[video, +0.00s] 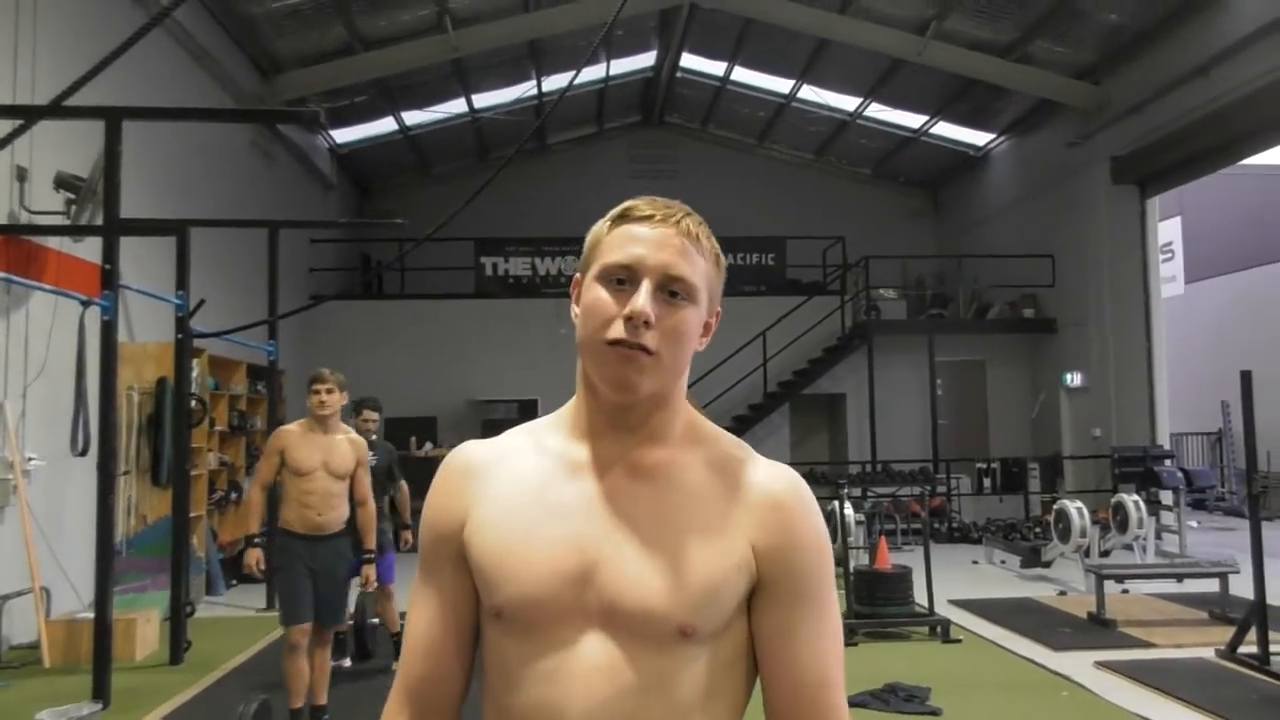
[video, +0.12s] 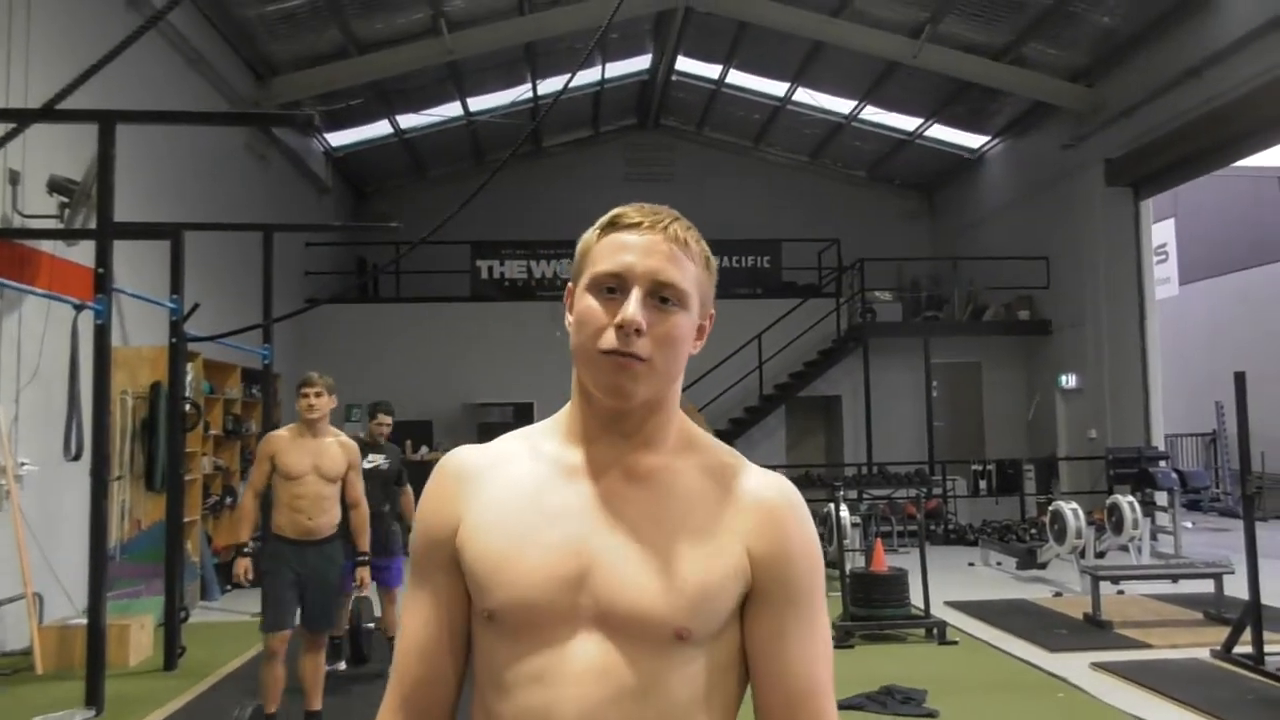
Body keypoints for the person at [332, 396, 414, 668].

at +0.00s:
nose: (370, 427)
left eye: (374, 422)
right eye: (365, 421)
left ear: (380, 423)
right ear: (353, 422)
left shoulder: (386, 451)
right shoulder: (342, 449)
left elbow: (400, 487)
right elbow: (332, 489)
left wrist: (406, 524)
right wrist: (335, 522)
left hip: (380, 526)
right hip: (348, 525)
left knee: (386, 587)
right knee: (341, 588)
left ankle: (397, 643)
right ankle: (342, 644)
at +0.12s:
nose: (384, 430)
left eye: (388, 425)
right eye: (379, 424)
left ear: (392, 427)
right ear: (368, 424)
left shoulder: (394, 454)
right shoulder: (350, 450)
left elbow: (404, 492)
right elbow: (337, 490)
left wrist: (414, 526)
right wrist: (336, 525)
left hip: (387, 531)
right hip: (352, 529)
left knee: (390, 595)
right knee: (342, 595)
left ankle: (394, 652)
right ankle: (337, 649)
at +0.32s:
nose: (408, 445)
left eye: (411, 440)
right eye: (406, 439)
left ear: (405, 434)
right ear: (392, 431)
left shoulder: (403, 459)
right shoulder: (360, 456)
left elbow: (404, 499)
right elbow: (339, 496)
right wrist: (342, 534)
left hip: (392, 541)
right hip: (361, 540)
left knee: (391, 602)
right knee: (346, 599)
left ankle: (394, 651)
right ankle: (331, 646)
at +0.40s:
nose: (413, 449)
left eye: (417, 445)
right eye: (412, 443)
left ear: (409, 438)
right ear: (399, 434)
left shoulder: (408, 461)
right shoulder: (365, 456)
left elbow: (410, 500)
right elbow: (343, 492)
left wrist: (411, 534)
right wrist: (353, 529)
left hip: (394, 544)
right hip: (365, 544)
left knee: (390, 607)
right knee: (347, 601)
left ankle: (390, 657)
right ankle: (328, 652)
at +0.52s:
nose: (419, 454)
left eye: (422, 450)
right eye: (417, 448)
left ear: (416, 443)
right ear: (406, 438)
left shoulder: (409, 464)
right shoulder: (370, 457)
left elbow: (406, 503)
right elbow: (347, 490)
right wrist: (362, 528)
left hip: (393, 547)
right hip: (361, 547)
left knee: (389, 609)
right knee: (347, 605)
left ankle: (387, 664)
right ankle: (323, 661)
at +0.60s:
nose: (423, 457)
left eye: (427, 453)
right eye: (422, 451)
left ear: (419, 447)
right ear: (410, 441)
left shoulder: (411, 467)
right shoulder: (374, 458)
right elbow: (350, 490)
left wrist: (426, 475)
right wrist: (366, 529)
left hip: (393, 548)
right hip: (361, 548)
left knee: (389, 609)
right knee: (346, 608)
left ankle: (387, 664)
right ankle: (322, 659)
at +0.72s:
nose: (425, 464)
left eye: (429, 460)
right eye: (425, 458)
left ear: (419, 450)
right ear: (415, 446)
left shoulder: (410, 470)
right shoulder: (380, 461)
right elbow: (353, 494)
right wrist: (366, 534)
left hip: (391, 553)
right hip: (361, 552)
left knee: (388, 616)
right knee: (343, 610)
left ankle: (386, 672)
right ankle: (318, 665)